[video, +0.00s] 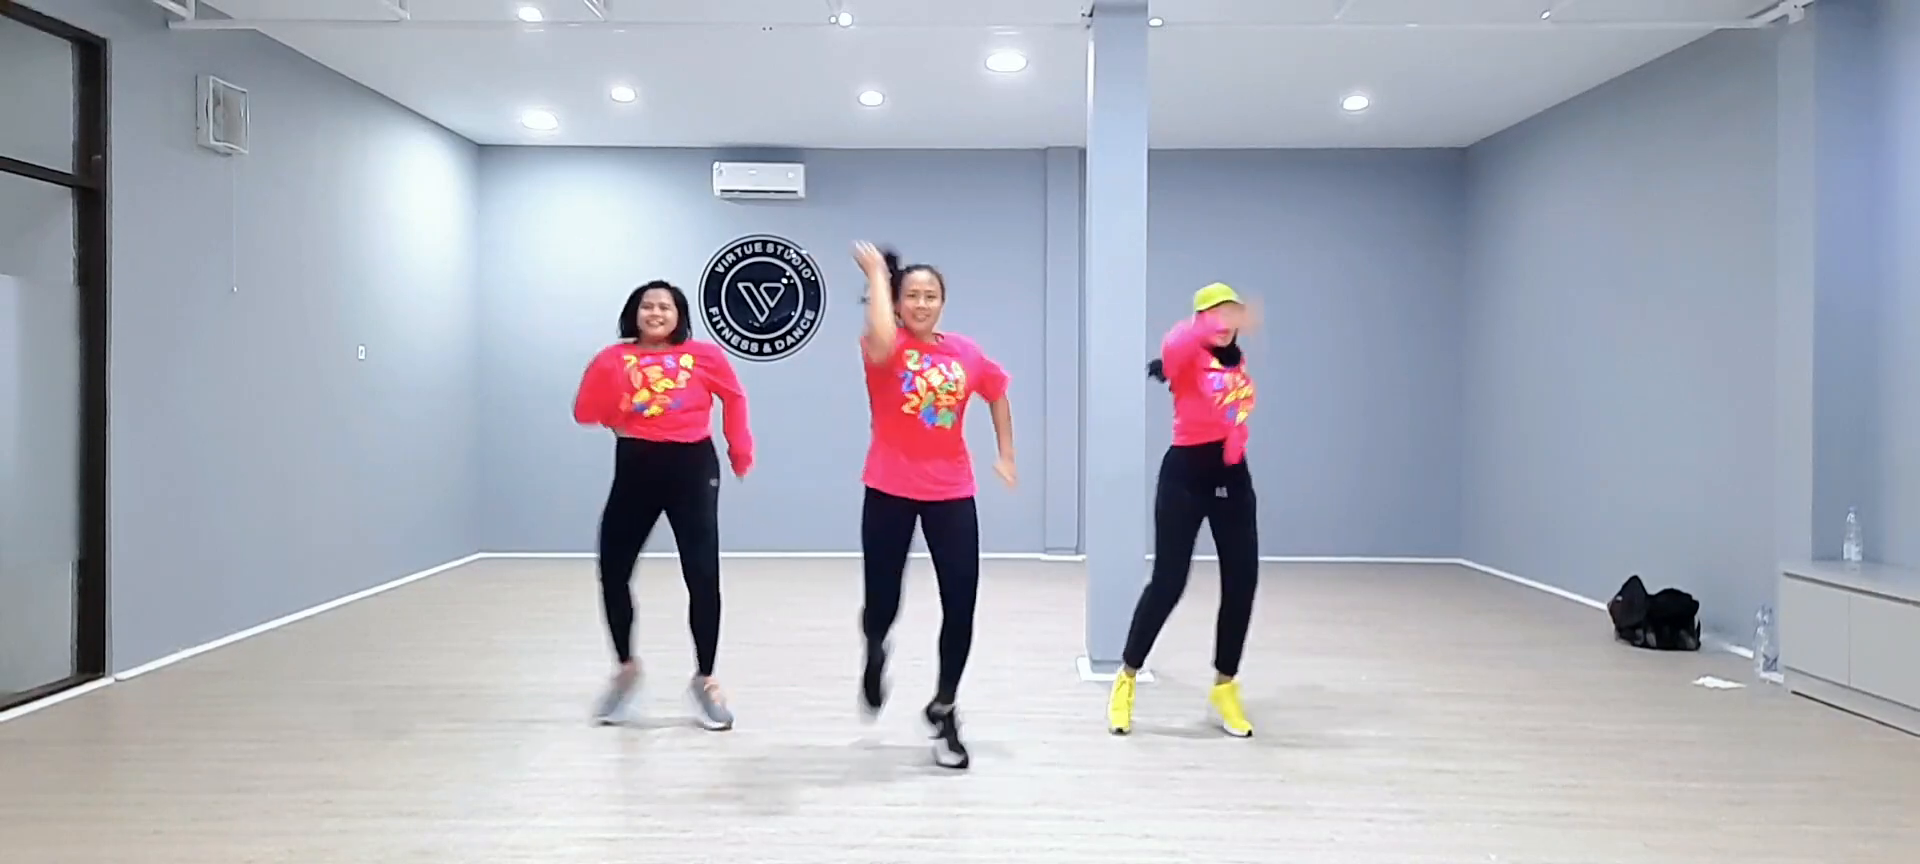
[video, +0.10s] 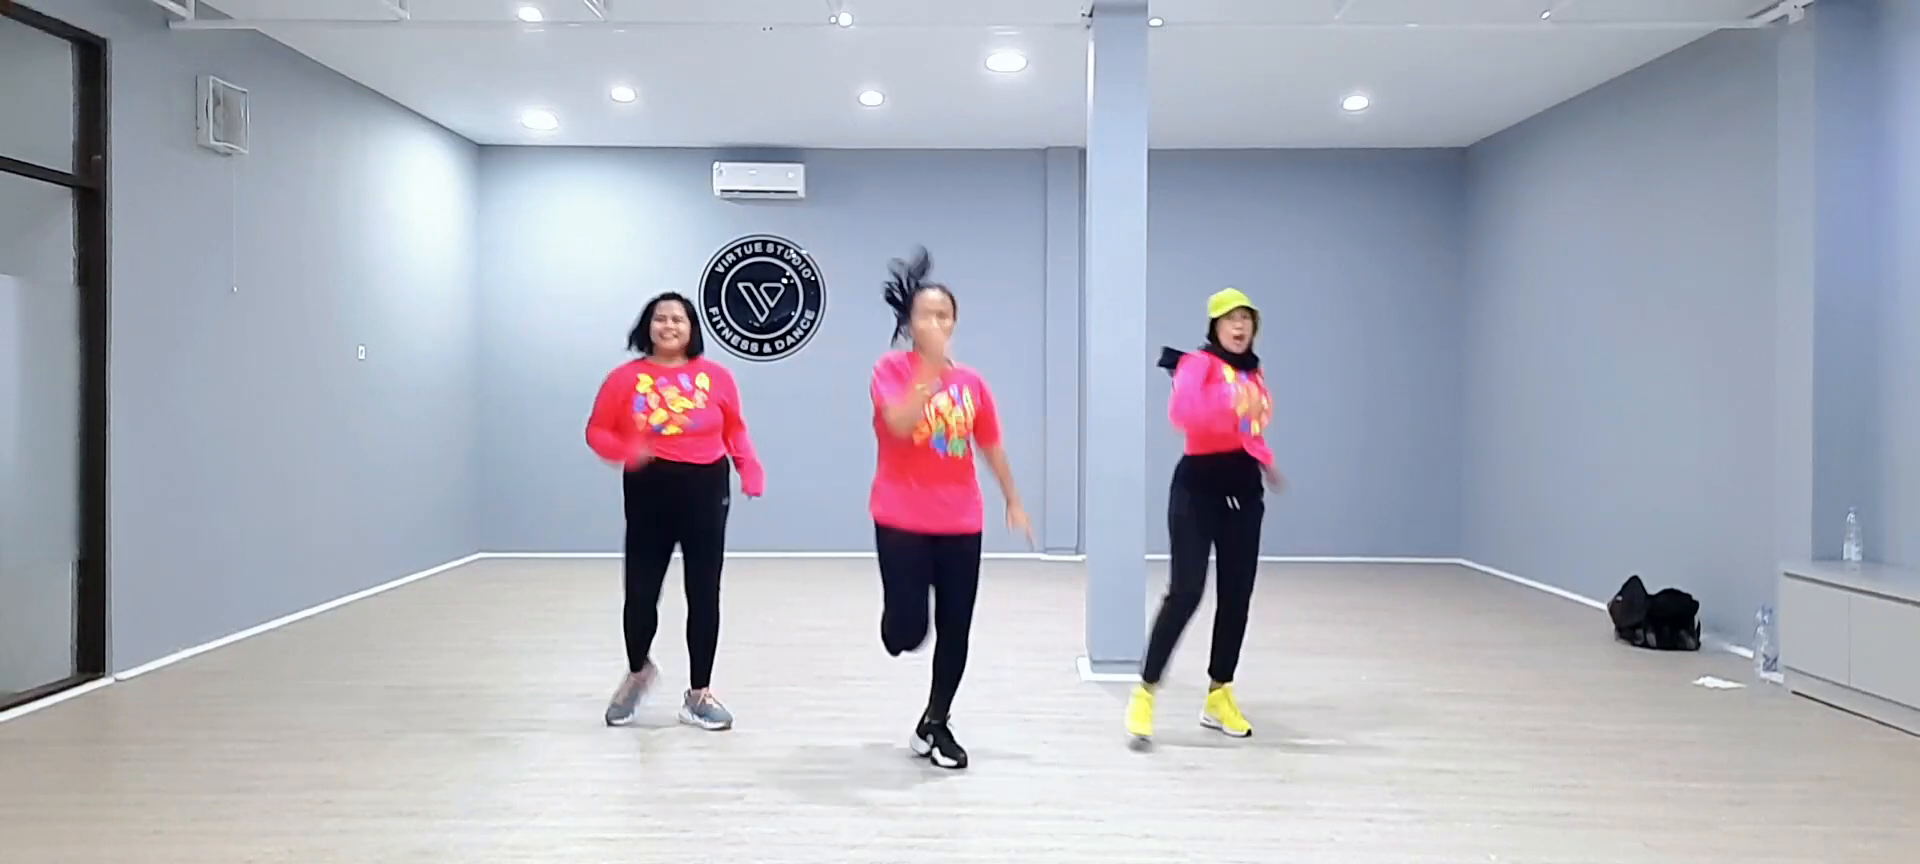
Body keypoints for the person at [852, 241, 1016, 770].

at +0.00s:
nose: (922, 304)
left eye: (931, 296)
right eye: (913, 296)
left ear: (943, 303)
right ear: (897, 302)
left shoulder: (964, 352)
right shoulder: (882, 348)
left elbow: (998, 393)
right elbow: (881, 334)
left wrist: (1006, 454)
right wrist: (877, 273)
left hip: (950, 492)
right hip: (889, 489)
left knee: (960, 604)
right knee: (881, 602)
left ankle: (943, 705)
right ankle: (874, 658)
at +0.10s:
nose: (942, 323)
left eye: (948, 315)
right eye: (932, 315)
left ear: (955, 324)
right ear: (909, 323)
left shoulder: (970, 381)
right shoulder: (891, 371)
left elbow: (991, 446)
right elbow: (898, 428)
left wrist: (1013, 500)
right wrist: (928, 379)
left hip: (960, 523)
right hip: (902, 521)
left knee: (955, 631)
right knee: (908, 637)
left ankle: (935, 723)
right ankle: (893, 613)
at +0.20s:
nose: (944, 328)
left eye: (953, 321)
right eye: (934, 320)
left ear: (963, 328)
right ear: (917, 327)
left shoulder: (974, 389)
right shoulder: (898, 379)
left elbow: (986, 457)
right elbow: (894, 445)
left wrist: (997, 511)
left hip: (964, 524)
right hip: (909, 521)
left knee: (961, 628)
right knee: (934, 617)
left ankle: (936, 721)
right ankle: (898, 641)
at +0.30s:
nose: (946, 310)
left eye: (955, 302)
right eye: (937, 303)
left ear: (968, 309)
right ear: (921, 310)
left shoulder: (978, 367)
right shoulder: (902, 364)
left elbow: (992, 425)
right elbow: (871, 429)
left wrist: (988, 446)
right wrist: (926, 464)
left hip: (964, 502)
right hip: (913, 500)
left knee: (964, 613)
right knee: (942, 601)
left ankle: (941, 712)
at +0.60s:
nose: (972, 334)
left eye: (973, 326)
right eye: (961, 326)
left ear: (967, 337)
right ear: (929, 336)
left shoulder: (962, 393)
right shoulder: (920, 394)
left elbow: (952, 458)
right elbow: (909, 467)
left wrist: (984, 476)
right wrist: (963, 512)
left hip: (940, 531)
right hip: (910, 536)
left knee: (973, 638)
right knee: (956, 646)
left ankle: (932, 725)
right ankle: (909, 784)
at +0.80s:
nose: (966, 309)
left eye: (963, 300)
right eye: (964, 300)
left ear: (917, 305)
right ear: (953, 302)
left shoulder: (892, 351)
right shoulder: (962, 354)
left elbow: (851, 390)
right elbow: (1001, 421)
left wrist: (883, 431)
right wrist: (1001, 367)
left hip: (887, 504)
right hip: (939, 504)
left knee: (933, 604)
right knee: (963, 617)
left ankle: (917, 724)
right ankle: (929, 745)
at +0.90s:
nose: (953, 315)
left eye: (948, 306)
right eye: (952, 307)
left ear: (906, 313)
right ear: (947, 311)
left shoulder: (877, 364)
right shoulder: (967, 365)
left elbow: (830, 402)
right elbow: (992, 433)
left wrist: (847, 468)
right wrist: (973, 390)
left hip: (887, 515)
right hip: (948, 512)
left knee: (913, 626)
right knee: (983, 612)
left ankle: (913, 759)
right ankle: (932, 672)